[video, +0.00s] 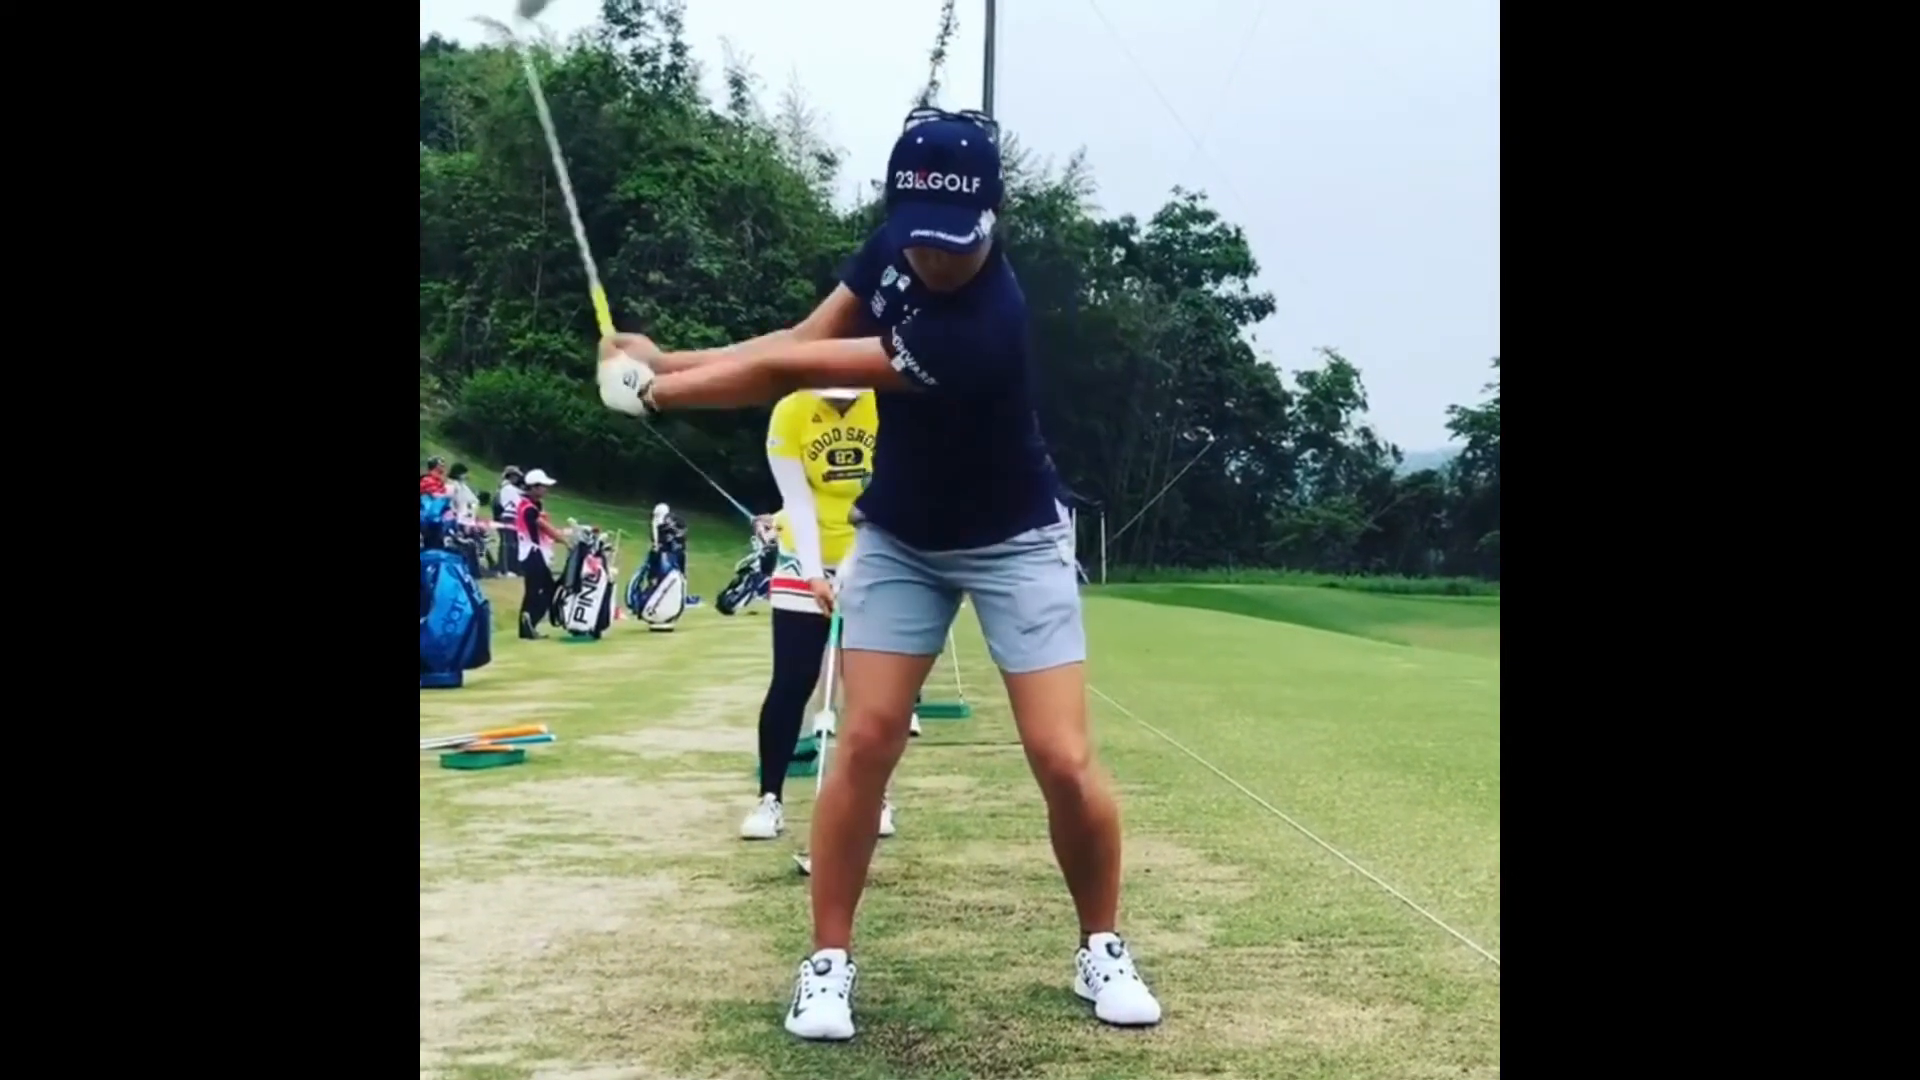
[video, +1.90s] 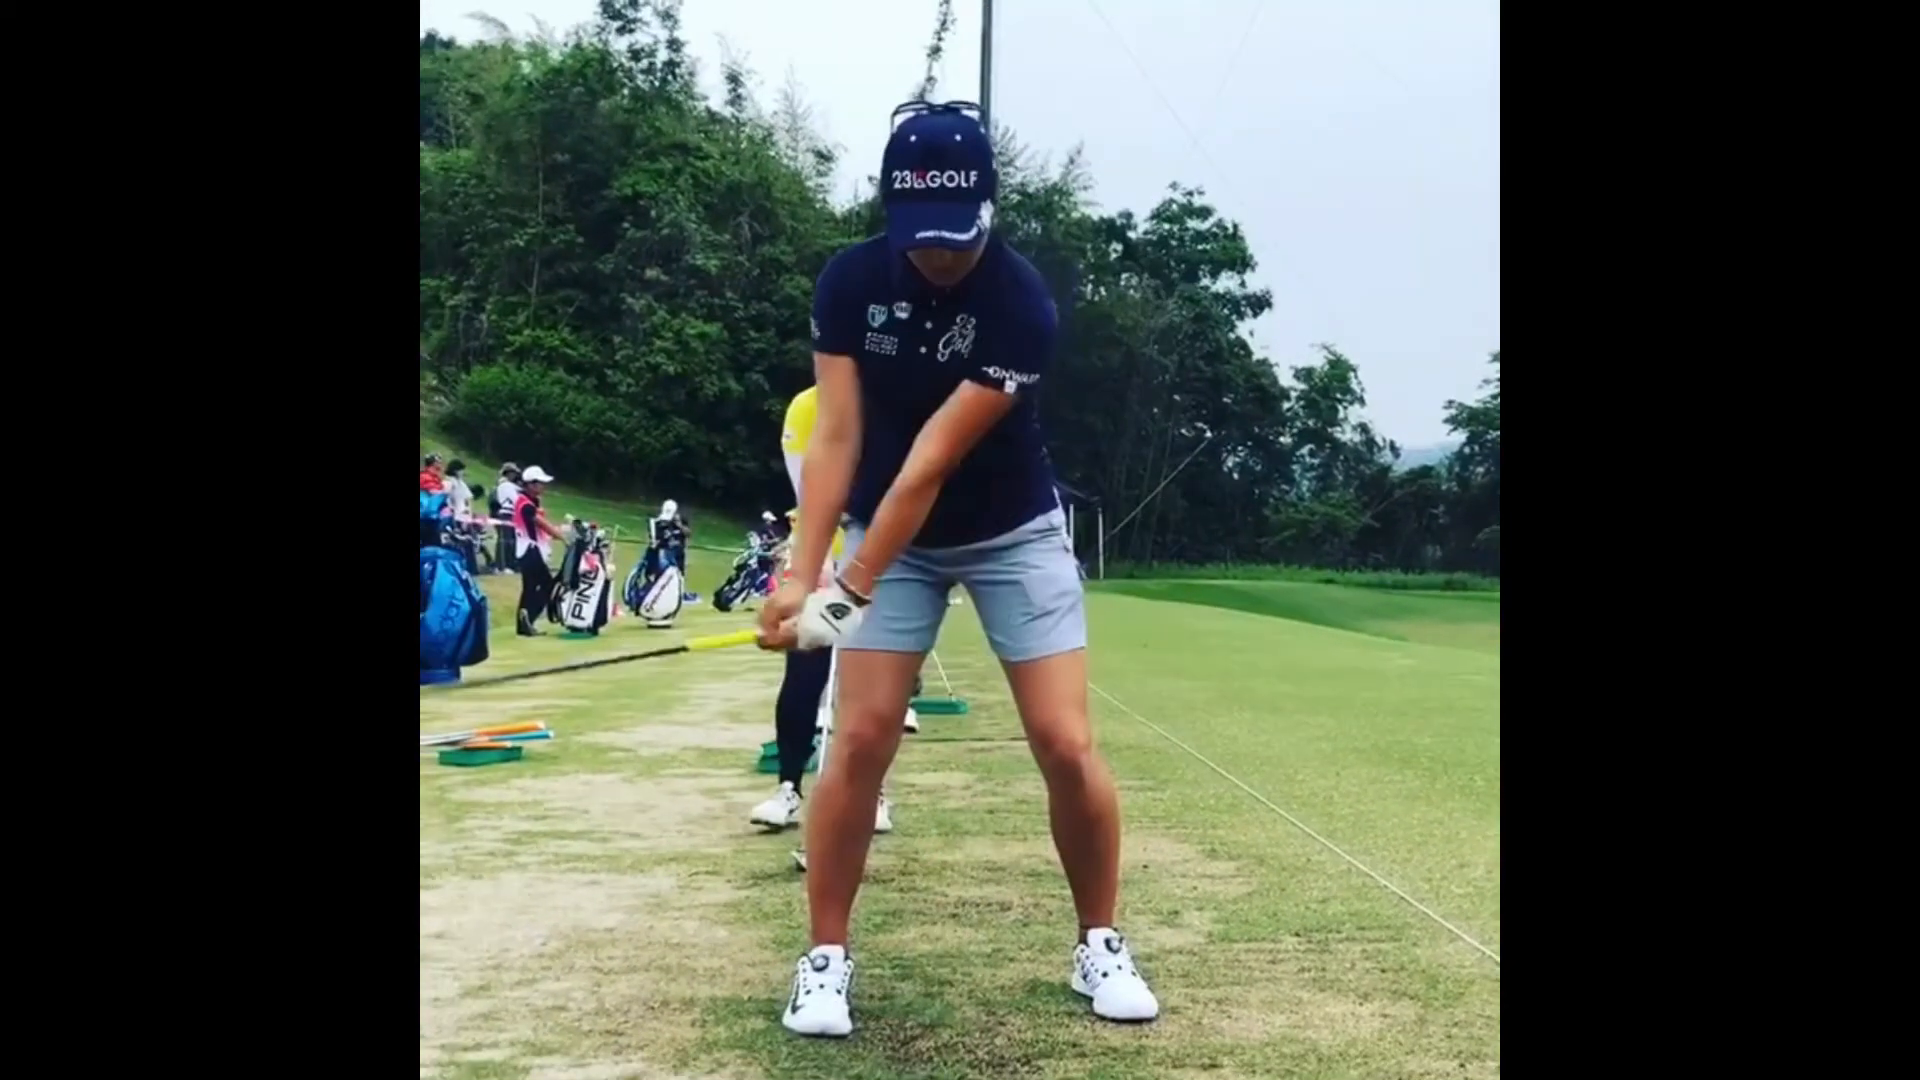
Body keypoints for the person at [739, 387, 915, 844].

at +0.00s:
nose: (841, 380)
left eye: (850, 364)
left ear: (869, 359)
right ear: (815, 360)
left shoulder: (887, 404)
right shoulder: (791, 413)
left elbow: (897, 487)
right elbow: (797, 501)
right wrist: (813, 571)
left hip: (871, 556)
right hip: (804, 560)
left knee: (878, 689)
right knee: (792, 682)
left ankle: (875, 791)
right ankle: (770, 797)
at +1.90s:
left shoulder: (899, 410)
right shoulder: (806, 408)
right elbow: (809, 502)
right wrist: (816, 569)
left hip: (887, 546)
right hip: (826, 549)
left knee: (877, 682)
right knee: (805, 668)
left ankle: (872, 787)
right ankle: (789, 786)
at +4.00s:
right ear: (837, 348)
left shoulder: (898, 409)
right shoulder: (806, 408)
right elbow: (809, 501)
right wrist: (819, 567)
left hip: (885, 546)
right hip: (825, 548)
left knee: (877, 680)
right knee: (806, 666)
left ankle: (872, 786)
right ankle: (788, 785)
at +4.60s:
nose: (819, 391)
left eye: (831, 380)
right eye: (810, 380)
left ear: (853, 373)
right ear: (795, 374)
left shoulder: (888, 417)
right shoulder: (778, 424)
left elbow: (881, 500)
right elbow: (786, 509)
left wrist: (840, 568)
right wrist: (802, 575)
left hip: (866, 568)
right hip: (791, 566)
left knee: (872, 694)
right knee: (782, 689)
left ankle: (893, 804)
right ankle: (760, 806)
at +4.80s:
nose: (829, 404)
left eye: (840, 393)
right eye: (819, 392)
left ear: (860, 377)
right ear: (804, 376)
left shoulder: (893, 418)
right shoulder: (783, 429)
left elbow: (882, 504)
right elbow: (791, 515)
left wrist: (843, 569)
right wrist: (801, 578)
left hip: (868, 571)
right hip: (795, 568)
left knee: (869, 699)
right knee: (777, 688)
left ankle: (881, 813)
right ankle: (749, 806)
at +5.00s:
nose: (811, 408)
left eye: (822, 397)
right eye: (801, 396)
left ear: (842, 383)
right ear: (785, 381)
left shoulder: (872, 420)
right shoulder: (763, 431)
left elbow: (863, 506)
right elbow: (773, 518)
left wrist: (825, 575)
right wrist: (784, 584)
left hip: (850, 574)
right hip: (776, 573)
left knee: (852, 693)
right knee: (761, 691)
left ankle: (868, 807)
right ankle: (735, 809)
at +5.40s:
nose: (800, 419)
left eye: (811, 408)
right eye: (791, 407)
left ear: (831, 392)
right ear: (776, 392)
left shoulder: (863, 427)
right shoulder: (754, 441)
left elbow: (847, 510)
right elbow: (766, 525)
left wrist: (810, 579)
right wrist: (773, 591)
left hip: (837, 578)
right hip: (766, 576)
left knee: (839, 694)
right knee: (748, 695)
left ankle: (854, 812)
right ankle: (717, 814)